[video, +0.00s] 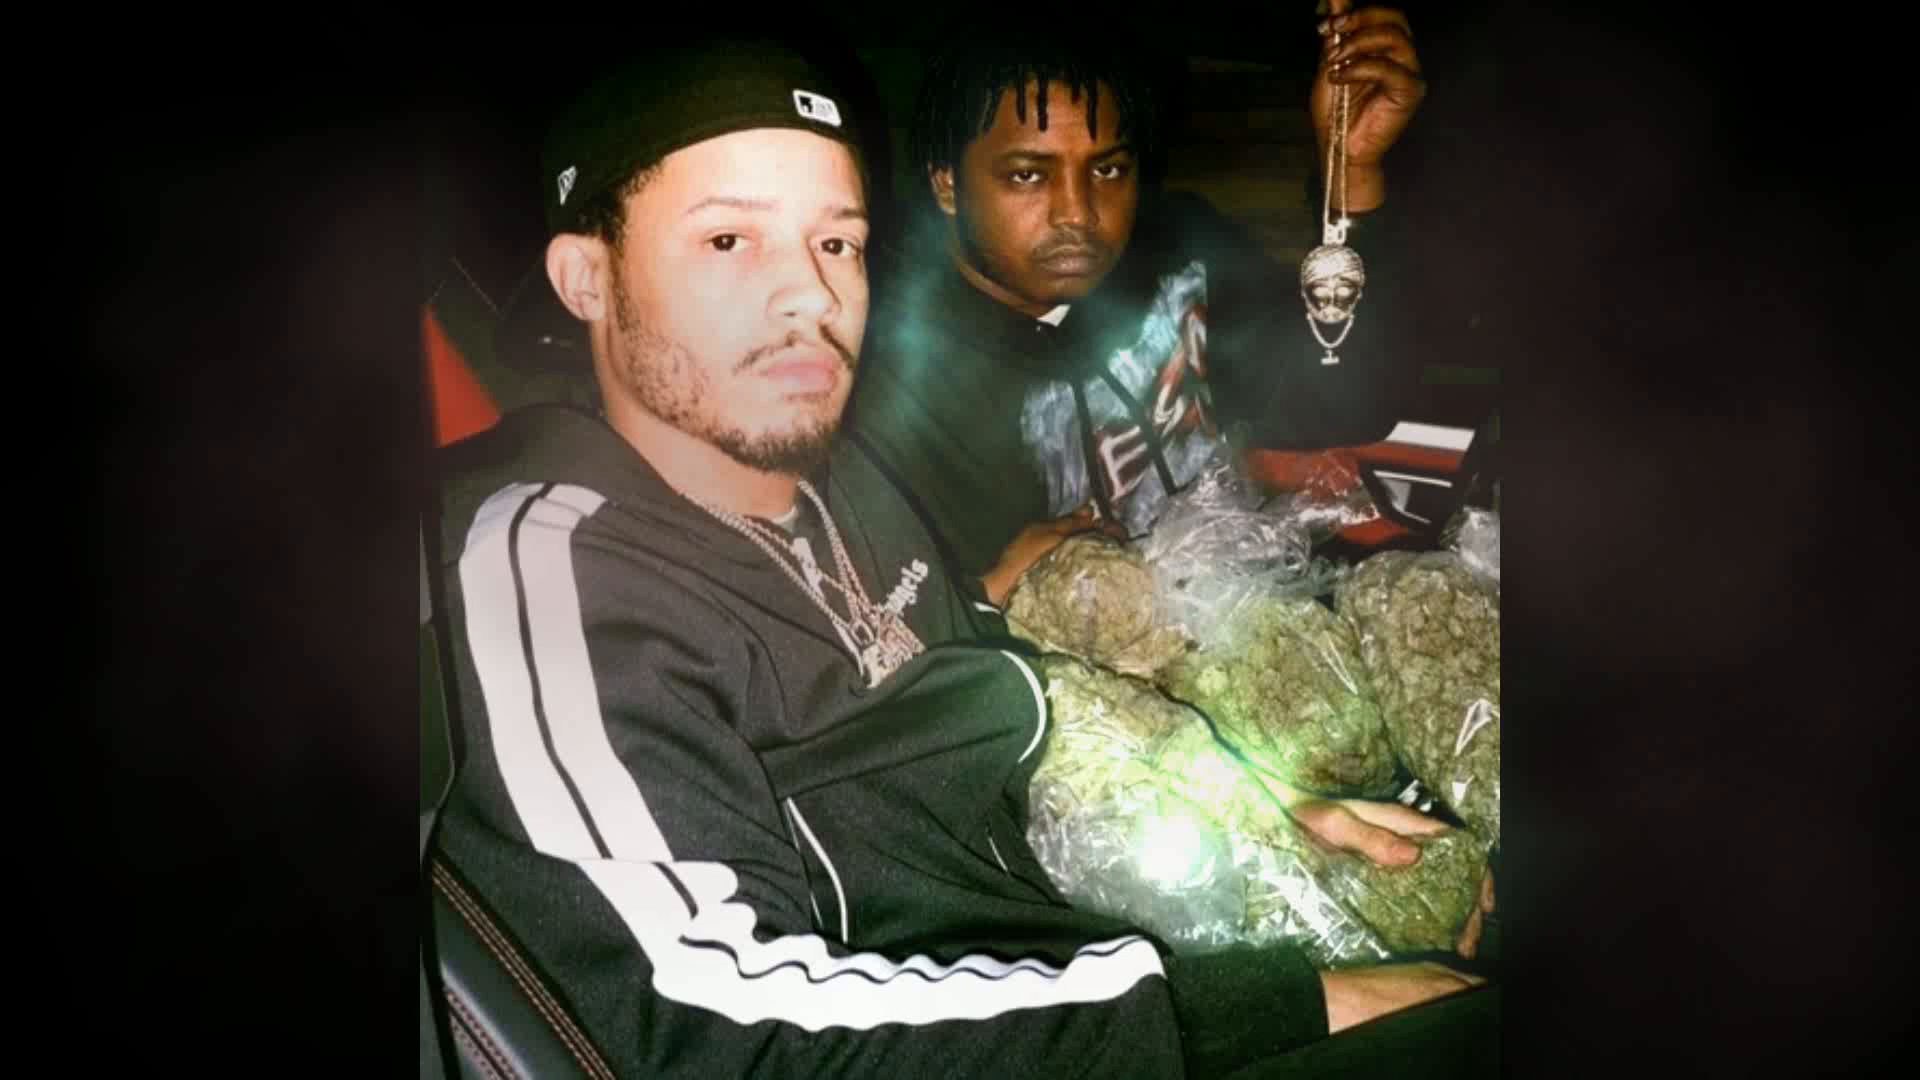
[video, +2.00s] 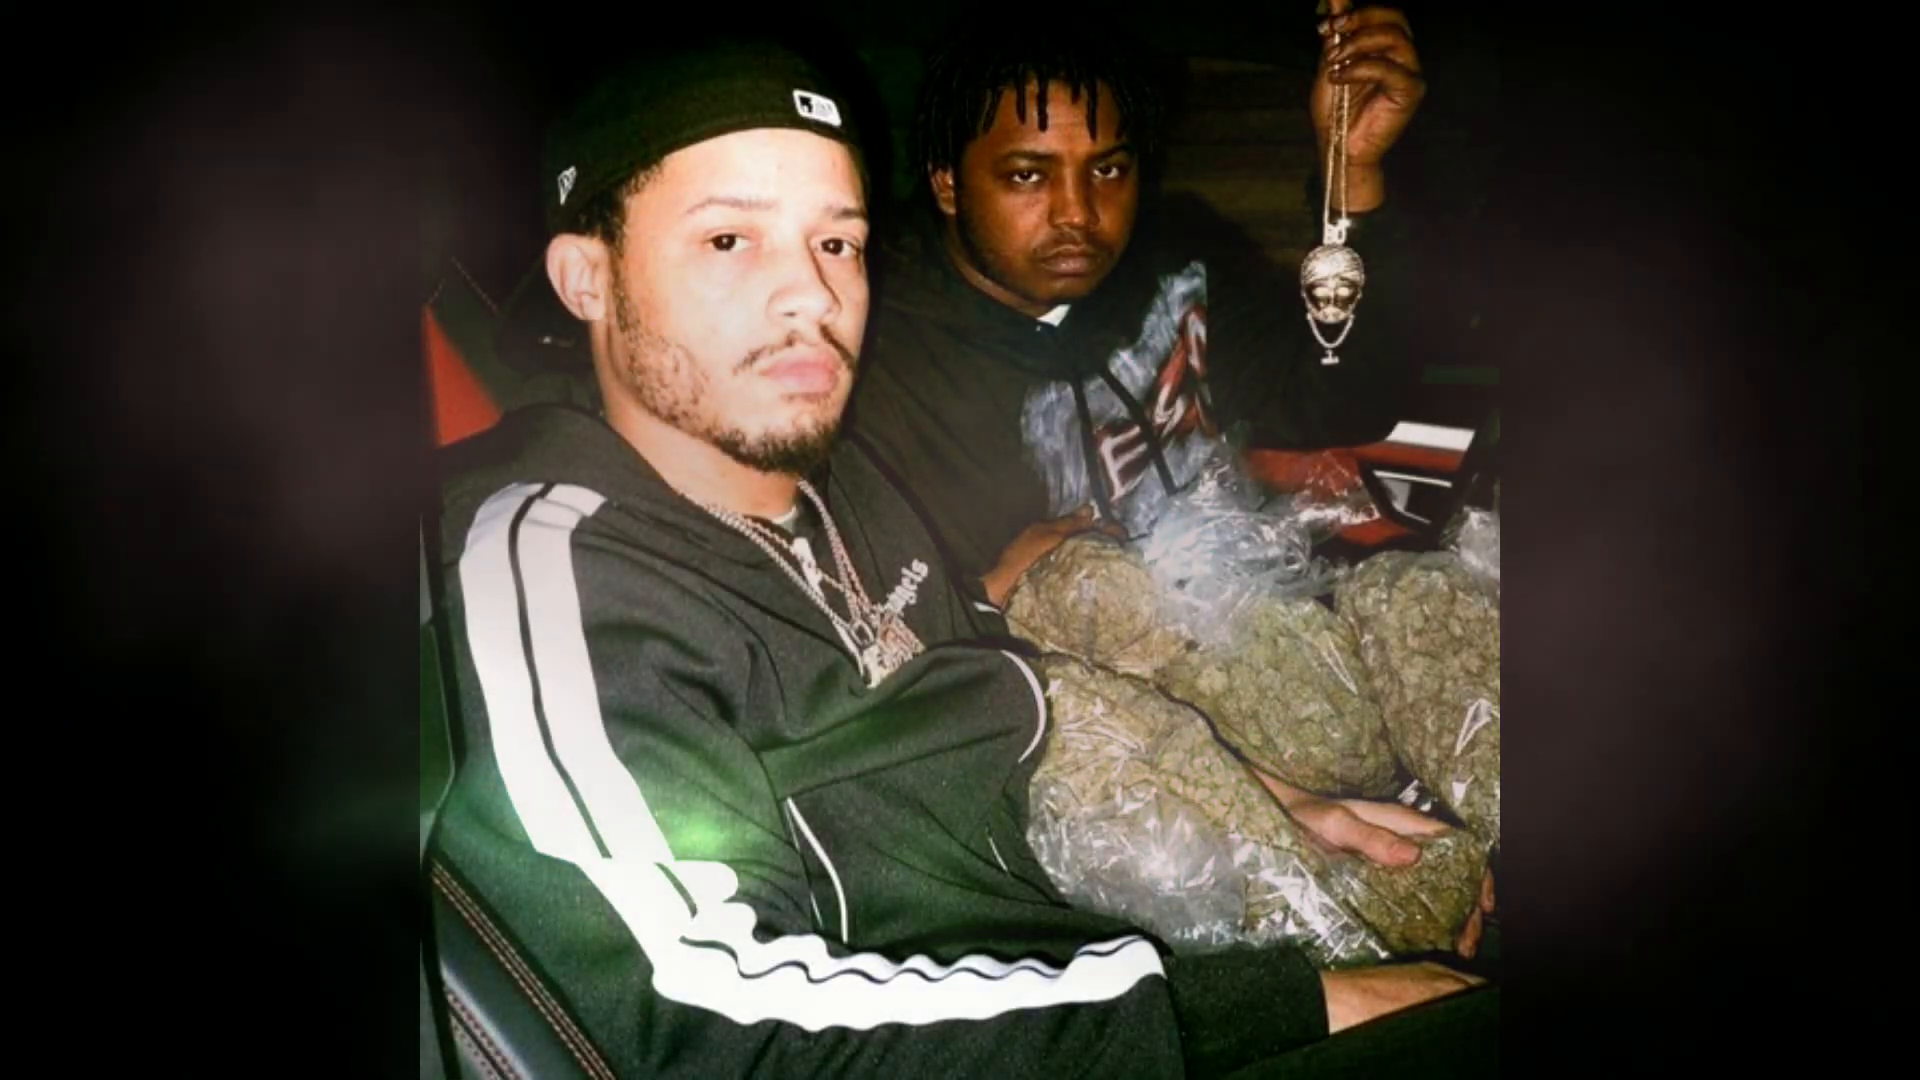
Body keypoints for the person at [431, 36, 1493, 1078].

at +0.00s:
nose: (813, 304)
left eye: (835, 251)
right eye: (730, 244)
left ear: (868, 269)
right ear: (587, 283)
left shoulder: (837, 481)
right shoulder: (538, 556)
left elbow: (1010, 765)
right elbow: (713, 1016)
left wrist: (1275, 835)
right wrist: (1274, 1005)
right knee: (1459, 1014)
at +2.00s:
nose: (811, 304)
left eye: (836, 249)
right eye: (729, 245)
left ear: (867, 268)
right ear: (588, 282)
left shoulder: (826, 490)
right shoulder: (536, 554)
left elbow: (1004, 757)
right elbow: (705, 1013)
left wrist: (1271, 826)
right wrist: (1278, 1005)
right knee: (1461, 1007)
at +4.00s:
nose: (813, 302)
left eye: (836, 250)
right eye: (729, 244)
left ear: (867, 271)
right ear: (588, 283)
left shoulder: (833, 475)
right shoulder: (533, 551)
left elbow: (1010, 743)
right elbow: (706, 1016)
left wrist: (1267, 828)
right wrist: (1275, 1008)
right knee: (1449, 1003)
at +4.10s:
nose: (812, 304)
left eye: (836, 250)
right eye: (729, 246)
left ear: (867, 269)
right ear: (588, 283)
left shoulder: (831, 476)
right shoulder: (531, 553)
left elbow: (1005, 745)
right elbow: (710, 1011)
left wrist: (1263, 828)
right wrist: (1279, 1006)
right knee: (1456, 1007)